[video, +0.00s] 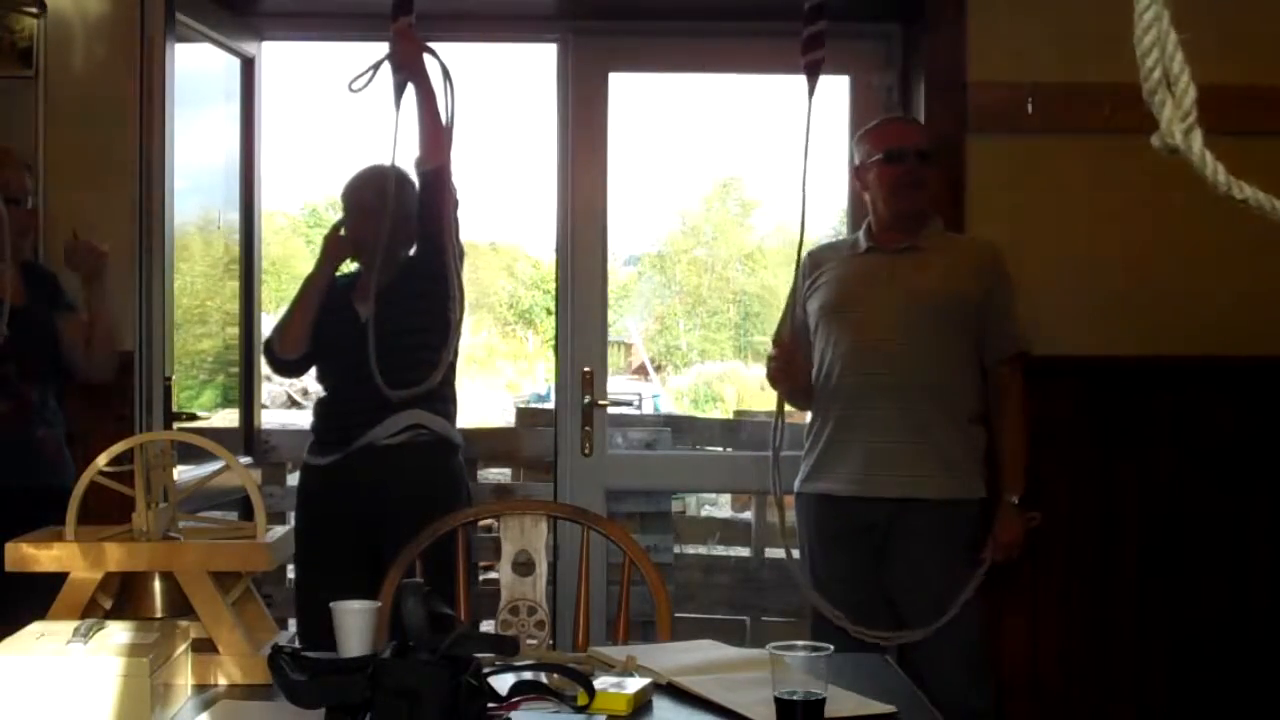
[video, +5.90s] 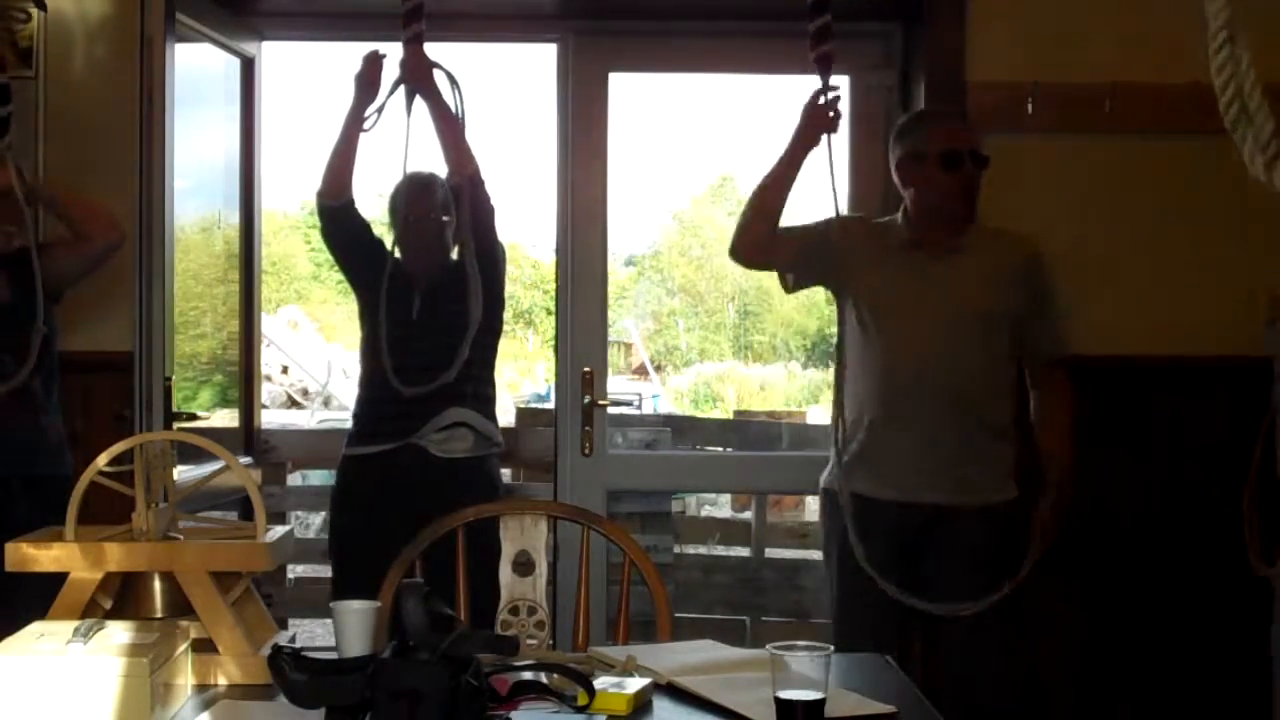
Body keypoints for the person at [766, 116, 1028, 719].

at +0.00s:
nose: (912, 169)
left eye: (923, 158)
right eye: (894, 158)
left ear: (936, 172)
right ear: (859, 178)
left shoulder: (976, 262)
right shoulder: (820, 265)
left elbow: (1006, 386)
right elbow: (806, 391)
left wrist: (1010, 500)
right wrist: (788, 378)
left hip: (942, 502)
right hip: (834, 501)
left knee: (948, 675)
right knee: (847, 673)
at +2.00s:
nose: (912, 169)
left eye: (926, 157)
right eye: (894, 158)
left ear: (944, 172)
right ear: (866, 178)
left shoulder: (981, 263)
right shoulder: (823, 266)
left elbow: (1013, 387)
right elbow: (807, 394)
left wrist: (1015, 500)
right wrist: (787, 380)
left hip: (951, 506)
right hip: (843, 505)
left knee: (954, 681)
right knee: (855, 676)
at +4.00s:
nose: (867, 169)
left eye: (887, 158)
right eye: (862, 159)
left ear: (930, 176)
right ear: (853, 174)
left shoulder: (976, 262)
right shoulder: (824, 269)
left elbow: (1010, 387)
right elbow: (813, 394)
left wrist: (1010, 500)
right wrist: (778, 386)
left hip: (947, 511)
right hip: (841, 508)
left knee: (950, 684)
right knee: (850, 680)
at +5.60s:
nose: (956, 182)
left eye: (956, 169)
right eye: (939, 170)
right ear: (882, 181)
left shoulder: (990, 264)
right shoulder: (827, 261)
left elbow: (1019, 388)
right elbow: (779, 382)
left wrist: (1028, 498)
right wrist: (779, 338)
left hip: (963, 507)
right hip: (852, 506)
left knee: (965, 681)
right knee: (859, 678)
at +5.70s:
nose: (966, 176)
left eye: (966, 164)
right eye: (949, 165)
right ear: (894, 179)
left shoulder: (1000, 265)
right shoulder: (834, 259)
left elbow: (1031, 388)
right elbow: (763, 353)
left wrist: (1040, 496)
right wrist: (789, 280)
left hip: (970, 508)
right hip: (859, 506)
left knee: (969, 685)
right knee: (862, 681)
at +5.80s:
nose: (971, 172)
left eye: (971, 160)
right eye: (951, 160)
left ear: (977, 170)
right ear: (899, 178)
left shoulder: (1009, 262)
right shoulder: (851, 251)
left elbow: (1038, 384)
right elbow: (751, 301)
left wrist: (1053, 488)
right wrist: (797, 208)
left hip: (977, 509)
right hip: (868, 508)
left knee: (973, 686)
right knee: (864, 683)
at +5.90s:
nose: (967, 173)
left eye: (973, 159)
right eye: (948, 160)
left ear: (983, 167)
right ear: (904, 173)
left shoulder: (1012, 261)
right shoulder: (855, 244)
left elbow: (1049, 391)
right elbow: (749, 246)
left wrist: (1051, 503)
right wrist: (799, 145)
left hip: (979, 506)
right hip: (870, 506)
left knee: (976, 683)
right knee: (869, 680)